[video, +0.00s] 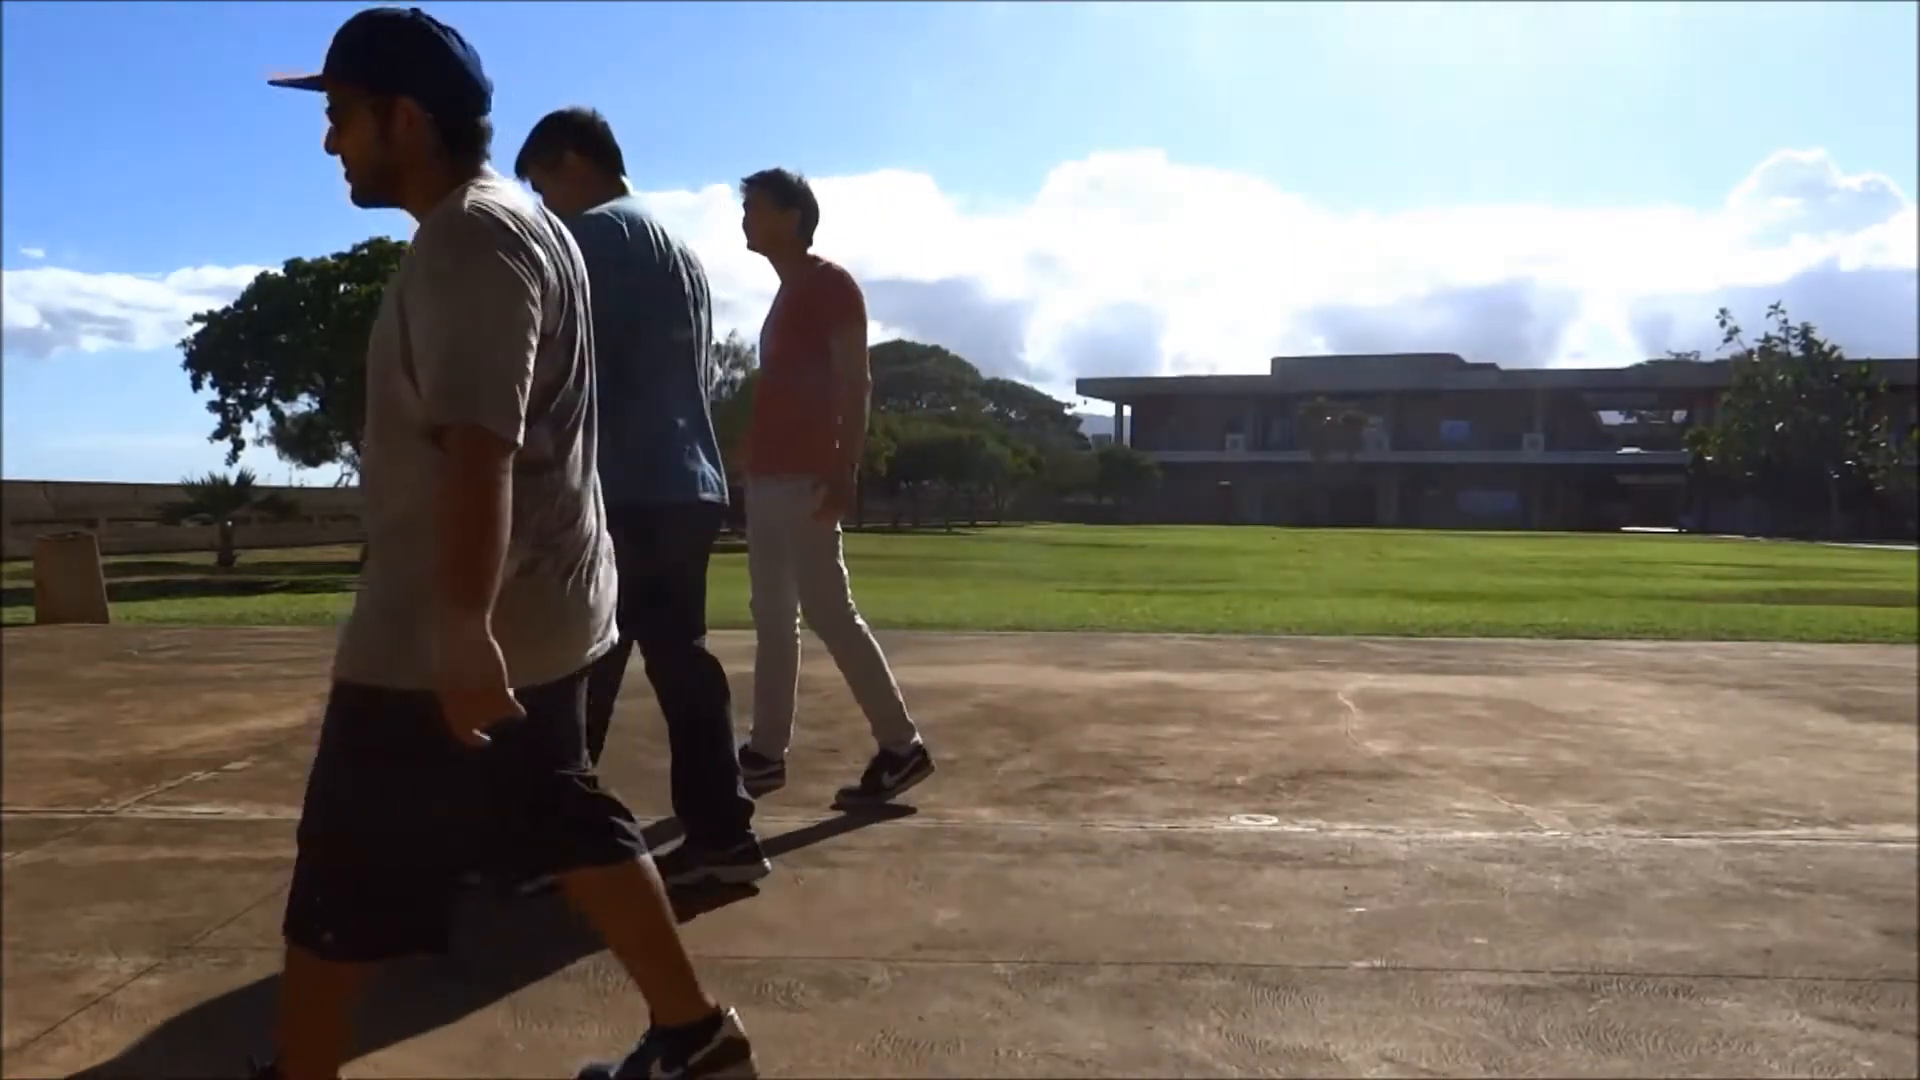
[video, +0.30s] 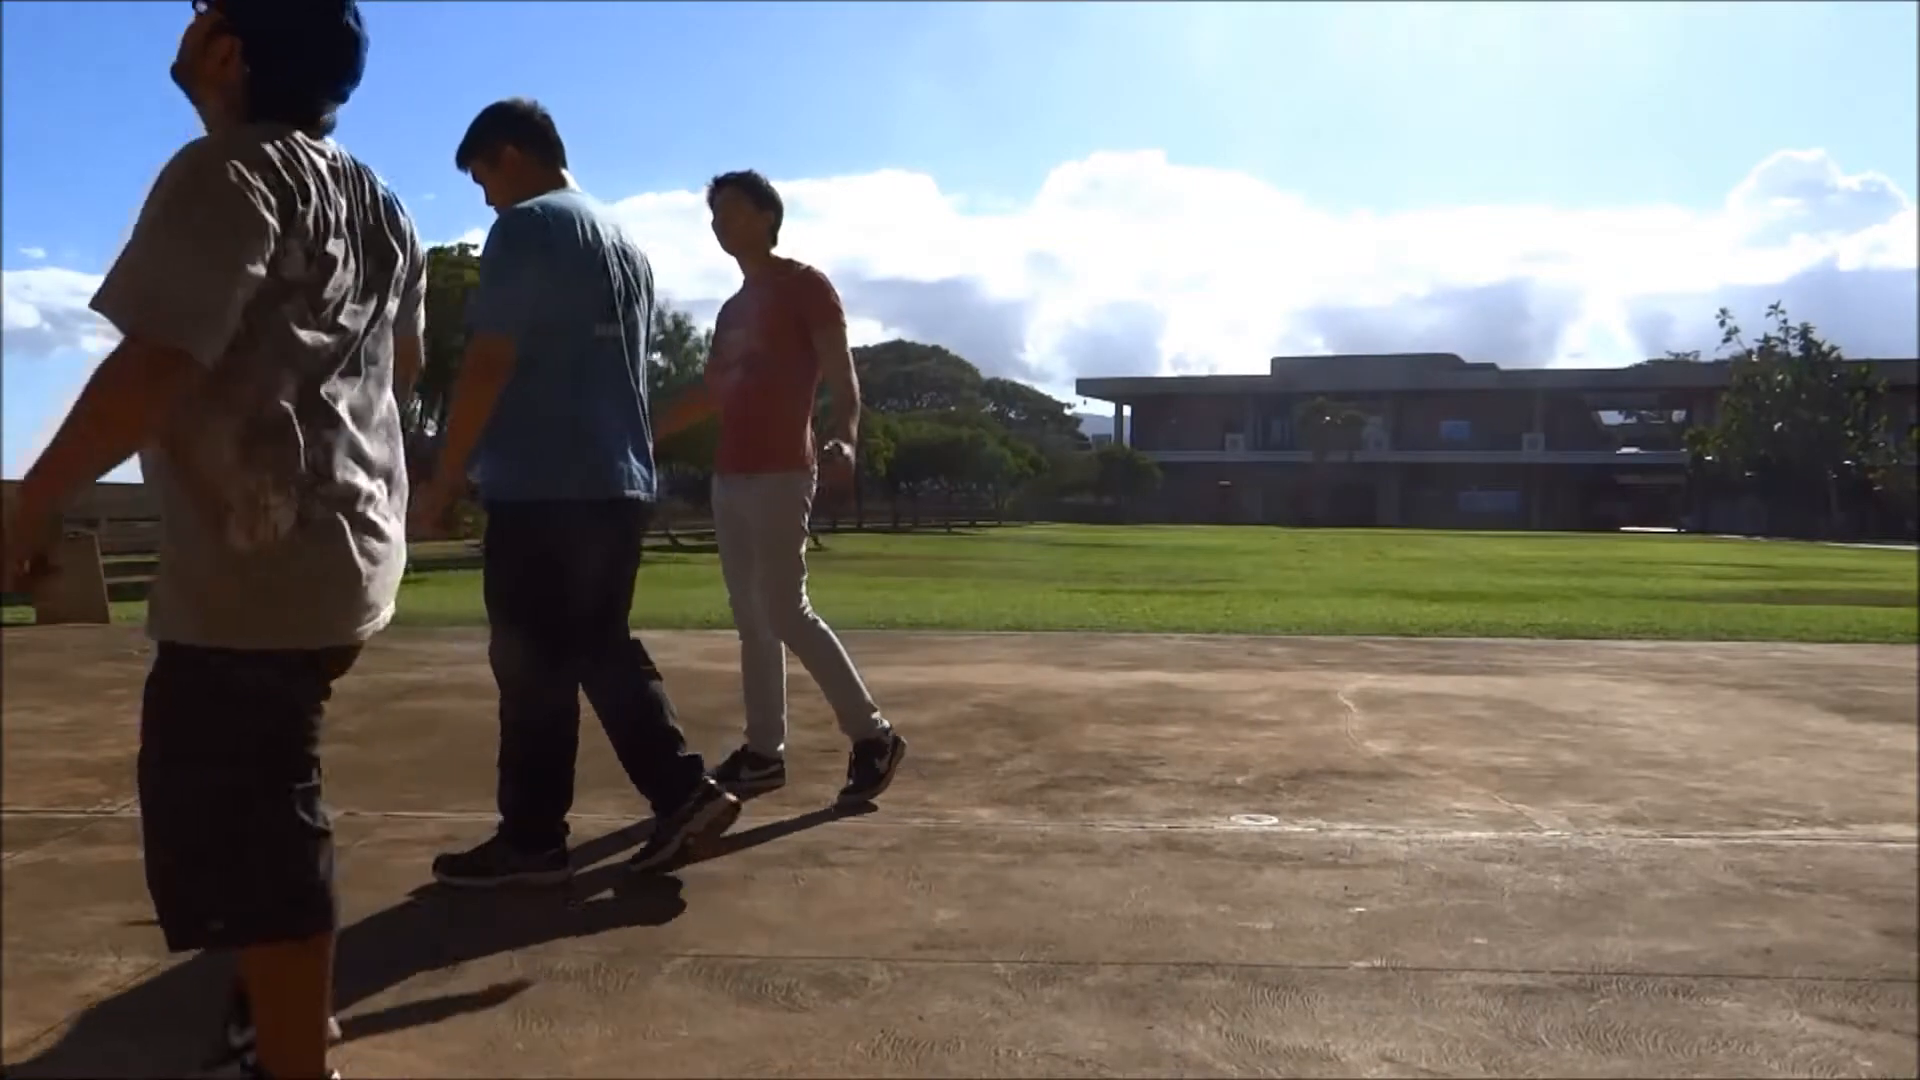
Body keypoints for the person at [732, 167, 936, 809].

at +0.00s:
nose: (743, 221)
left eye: (753, 209)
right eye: (744, 209)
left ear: (791, 217)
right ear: (779, 220)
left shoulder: (832, 285)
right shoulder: (787, 294)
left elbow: (855, 386)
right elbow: (779, 392)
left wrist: (846, 472)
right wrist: (752, 467)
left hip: (807, 478)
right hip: (766, 479)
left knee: (832, 616)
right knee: (772, 620)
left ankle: (902, 746)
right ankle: (764, 754)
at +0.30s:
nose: (716, 225)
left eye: (726, 213)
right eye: (714, 215)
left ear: (763, 215)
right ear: (723, 224)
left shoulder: (807, 287)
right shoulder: (731, 309)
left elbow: (844, 381)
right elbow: (711, 392)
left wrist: (845, 441)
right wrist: (649, 433)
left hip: (781, 477)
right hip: (730, 481)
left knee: (787, 614)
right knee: (751, 620)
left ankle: (873, 739)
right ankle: (763, 752)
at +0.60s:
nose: (712, 227)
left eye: (723, 214)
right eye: (704, 218)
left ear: (753, 219)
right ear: (699, 229)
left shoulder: (795, 288)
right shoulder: (703, 315)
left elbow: (850, 361)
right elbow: (661, 389)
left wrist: (855, 388)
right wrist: (584, 394)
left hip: (775, 478)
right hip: (716, 481)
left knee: (786, 613)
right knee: (741, 621)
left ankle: (828, 747)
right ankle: (761, 752)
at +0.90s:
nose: (733, 223)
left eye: (745, 213)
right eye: (723, 214)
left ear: (764, 221)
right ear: (708, 225)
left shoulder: (798, 292)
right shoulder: (695, 309)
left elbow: (856, 345)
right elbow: (632, 364)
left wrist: (875, 376)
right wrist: (598, 377)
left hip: (786, 482)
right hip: (718, 486)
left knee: (819, 618)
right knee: (742, 626)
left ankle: (855, 749)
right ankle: (761, 752)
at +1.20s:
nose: (770, 224)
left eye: (782, 215)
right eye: (760, 213)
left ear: (799, 228)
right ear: (741, 223)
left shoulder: (821, 298)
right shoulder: (709, 305)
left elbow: (906, 338)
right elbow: (628, 340)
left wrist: (886, 328)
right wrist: (611, 322)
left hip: (802, 488)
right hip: (730, 489)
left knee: (827, 623)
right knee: (741, 629)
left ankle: (853, 760)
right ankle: (761, 755)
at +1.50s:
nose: (810, 225)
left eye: (822, 217)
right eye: (800, 214)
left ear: (837, 231)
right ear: (780, 223)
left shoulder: (853, 302)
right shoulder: (742, 298)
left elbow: (936, 341)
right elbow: (656, 316)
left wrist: (901, 265)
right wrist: (694, 243)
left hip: (835, 488)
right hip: (761, 486)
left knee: (855, 626)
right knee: (751, 628)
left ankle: (858, 760)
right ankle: (761, 755)